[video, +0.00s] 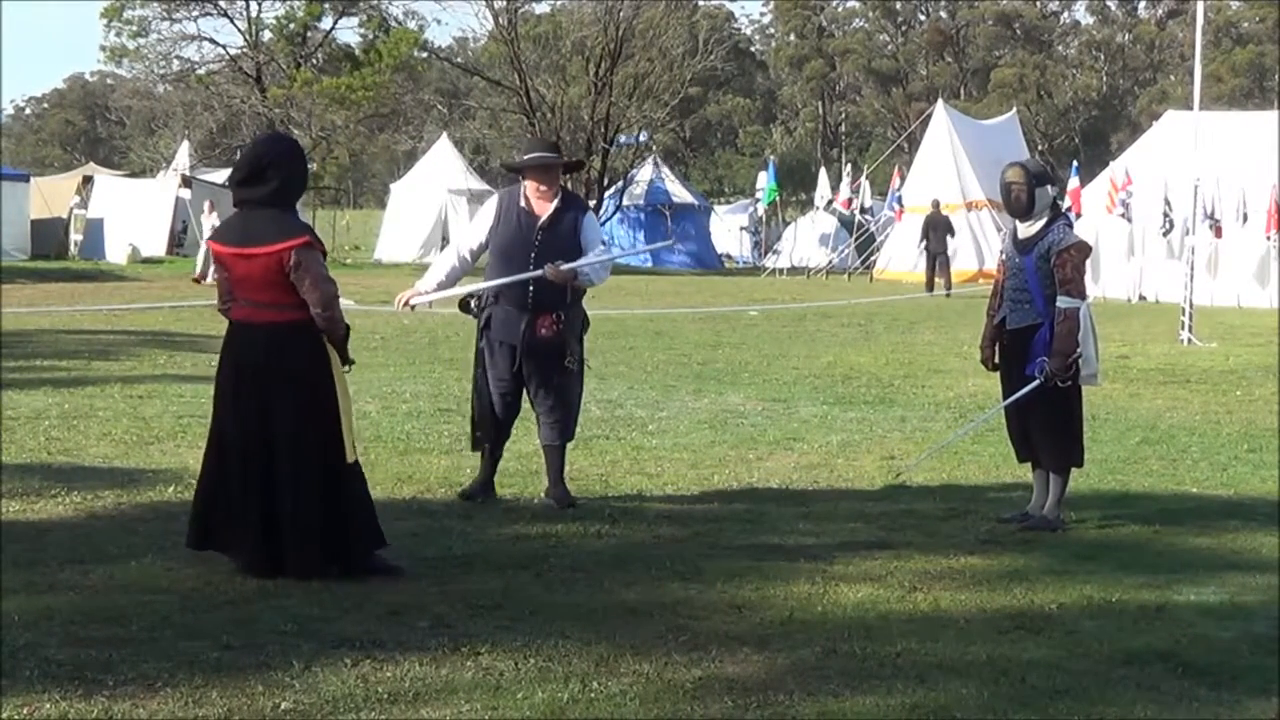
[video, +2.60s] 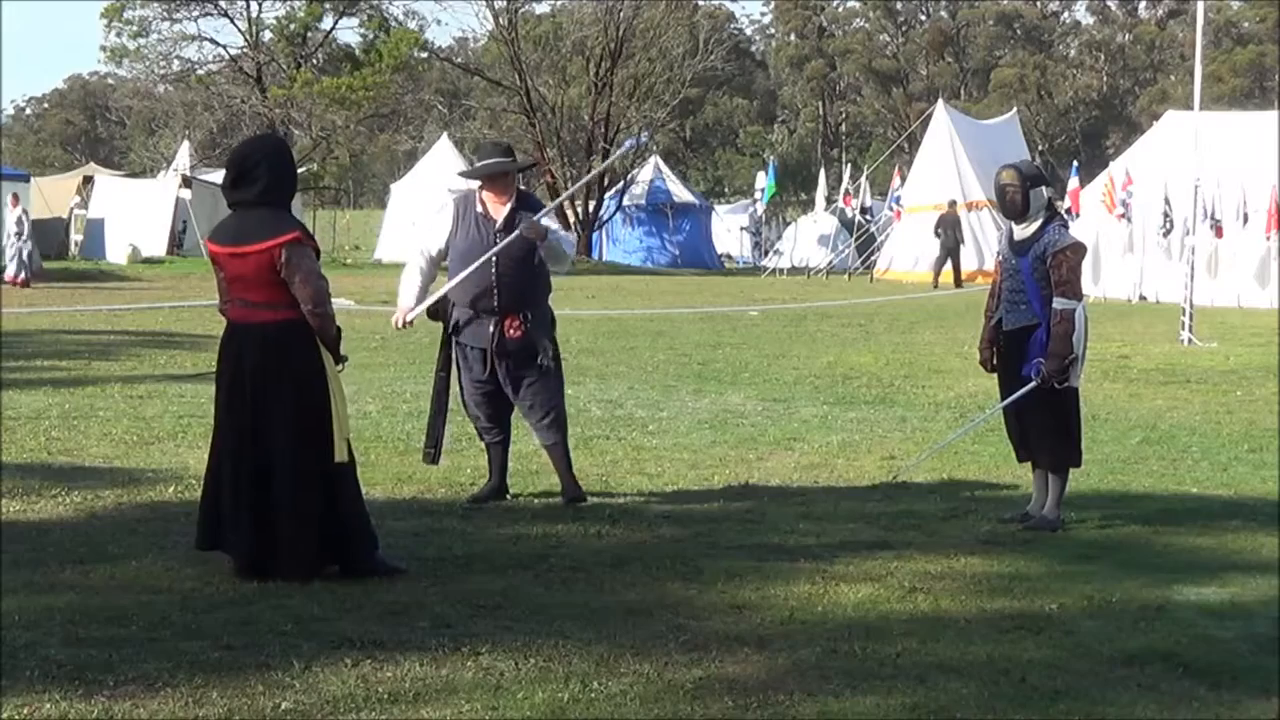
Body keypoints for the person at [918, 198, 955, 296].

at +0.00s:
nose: (933, 208)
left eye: (933, 206)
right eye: (936, 205)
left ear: (931, 206)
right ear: (939, 206)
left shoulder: (928, 217)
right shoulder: (945, 218)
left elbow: (924, 232)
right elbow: (952, 232)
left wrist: (921, 241)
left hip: (931, 247)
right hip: (942, 248)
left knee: (930, 269)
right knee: (945, 269)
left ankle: (929, 288)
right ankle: (947, 288)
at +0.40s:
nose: (931, 206)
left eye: (930, 204)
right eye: (932, 204)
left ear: (927, 204)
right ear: (935, 204)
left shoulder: (922, 215)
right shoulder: (939, 216)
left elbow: (914, 226)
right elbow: (945, 229)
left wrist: (909, 235)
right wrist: (951, 239)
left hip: (925, 244)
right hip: (935, 244)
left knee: (927, 265)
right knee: (935, 266)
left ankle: (929, 287)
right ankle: (932, 286)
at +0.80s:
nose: (928, 204)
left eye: (927, 202)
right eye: (930, 202)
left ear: (924, 203)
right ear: (932, 203)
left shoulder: (920, 214)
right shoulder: (936, 214)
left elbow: (915, 226)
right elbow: (942, 226)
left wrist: (913, 234)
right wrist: (942, 233)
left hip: (922, 243)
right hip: (933, 244)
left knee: (920, 262)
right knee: (932, 263)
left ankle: (921, 282)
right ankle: (931, 284)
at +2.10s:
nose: (940, 207)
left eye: (938, 205)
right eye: (940, 205)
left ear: (933, 205)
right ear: (940, 205)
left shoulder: (928, 216)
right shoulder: (943, 217)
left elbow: (923, 227)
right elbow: (951, 230)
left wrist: (920, 236)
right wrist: (944, 225)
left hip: (930, 243)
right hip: (939, 243)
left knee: (931, 262)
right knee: (939, 262)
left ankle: (932, 281)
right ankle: (934, 282)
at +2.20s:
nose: (943, 206)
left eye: (942, 204)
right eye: (943, 204)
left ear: (935, 205)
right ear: (941, 205)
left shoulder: (930, 215)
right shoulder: (945, 216)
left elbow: (925, 226)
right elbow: (949, 228)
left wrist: (922, 236)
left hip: (932, 244)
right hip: (941, 244)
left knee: (933, 262)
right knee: (944, 261)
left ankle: (934, 281)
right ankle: (937, 279)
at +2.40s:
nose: (949, 205)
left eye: (948, 203)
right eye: (949, 203)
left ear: (941, 203)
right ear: (948, 203)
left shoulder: (935, 213)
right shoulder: (949, 214)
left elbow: (929, 223)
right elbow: (952, 227)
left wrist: (927, 232)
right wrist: (955, 237)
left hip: (937, 240)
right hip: (947, 241)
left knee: (936, 261)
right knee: (950, 262)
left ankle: (934, 281)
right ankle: (949, 281)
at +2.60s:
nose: (956, 208)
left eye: (955, 206)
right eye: (956, 206)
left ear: (948, 206)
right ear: (955, 206)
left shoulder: (942, 216)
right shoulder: (956, 217)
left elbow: (935, 229)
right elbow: (958, 230)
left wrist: (940, 237)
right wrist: (961, 240)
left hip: (944, 243)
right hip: (954, 243)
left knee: (940, 260)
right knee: (956, 264)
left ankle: (935, 279)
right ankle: (957, 282)